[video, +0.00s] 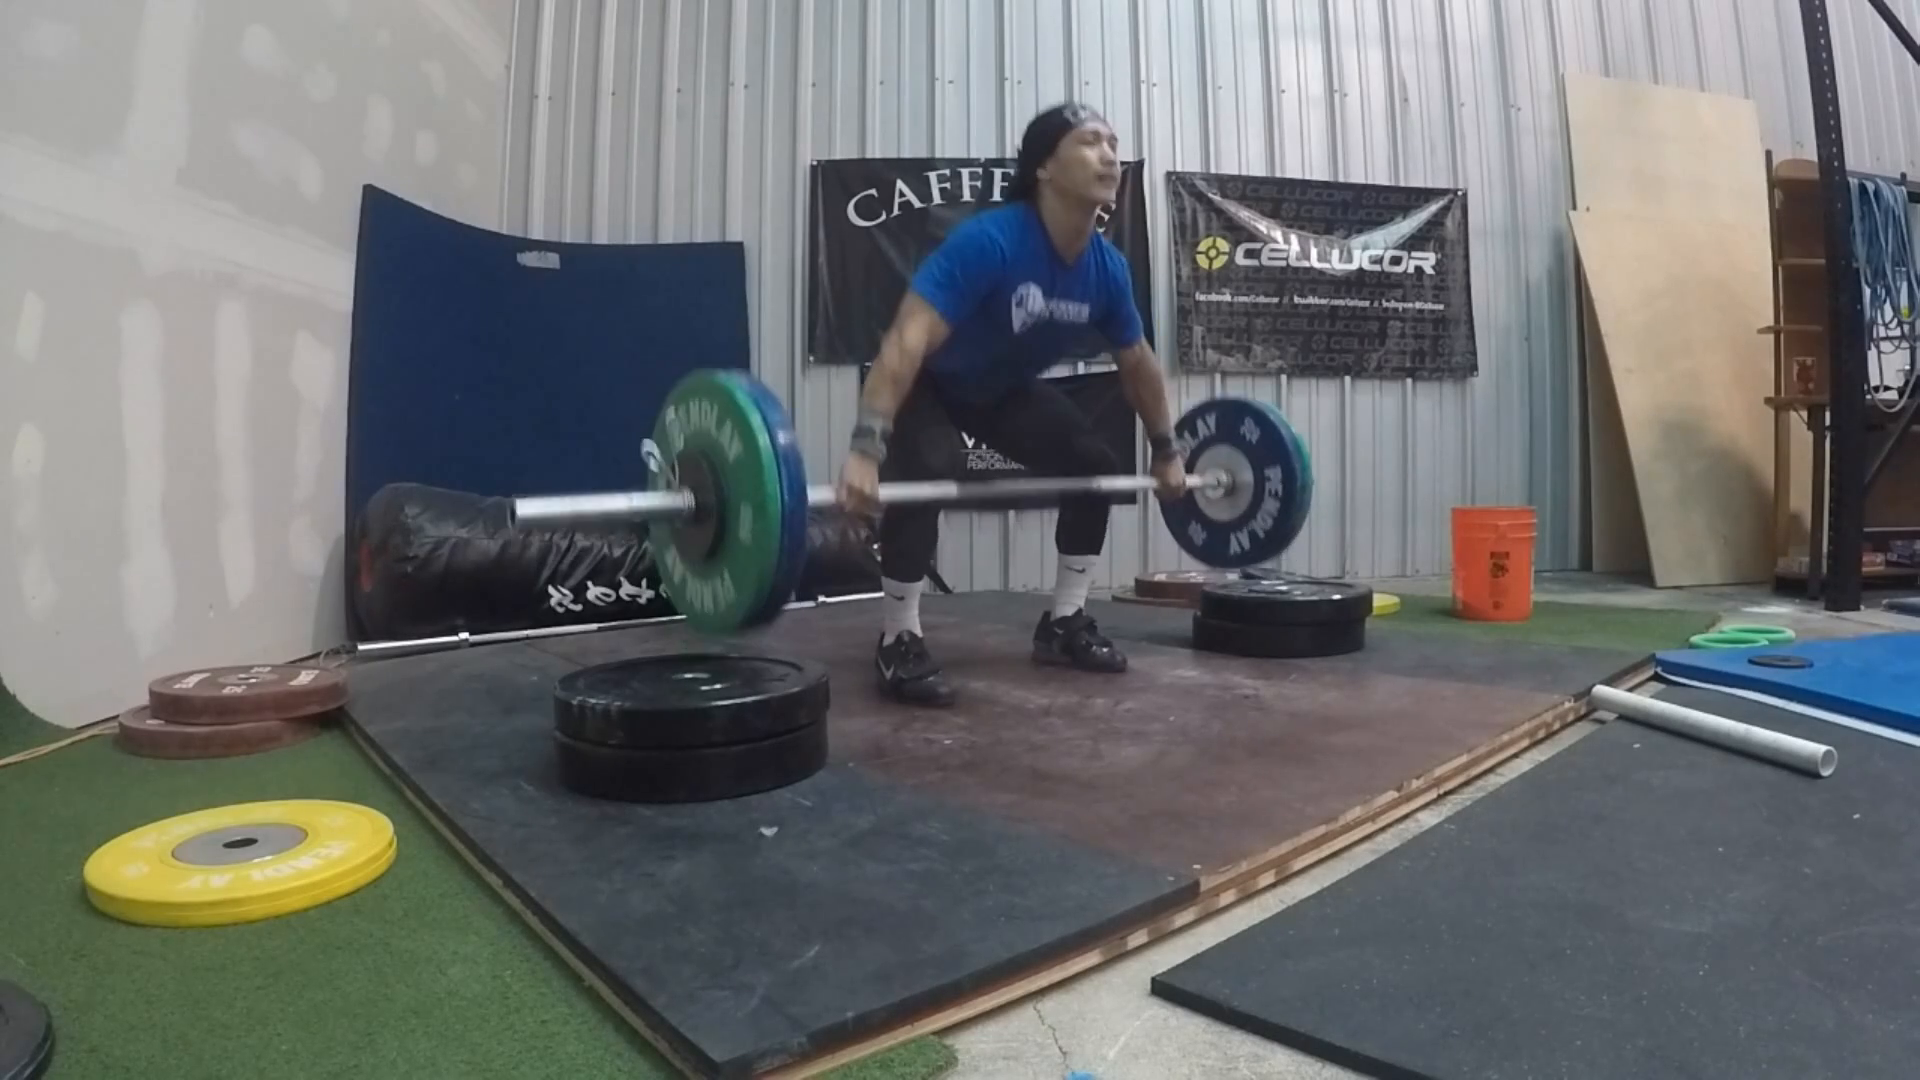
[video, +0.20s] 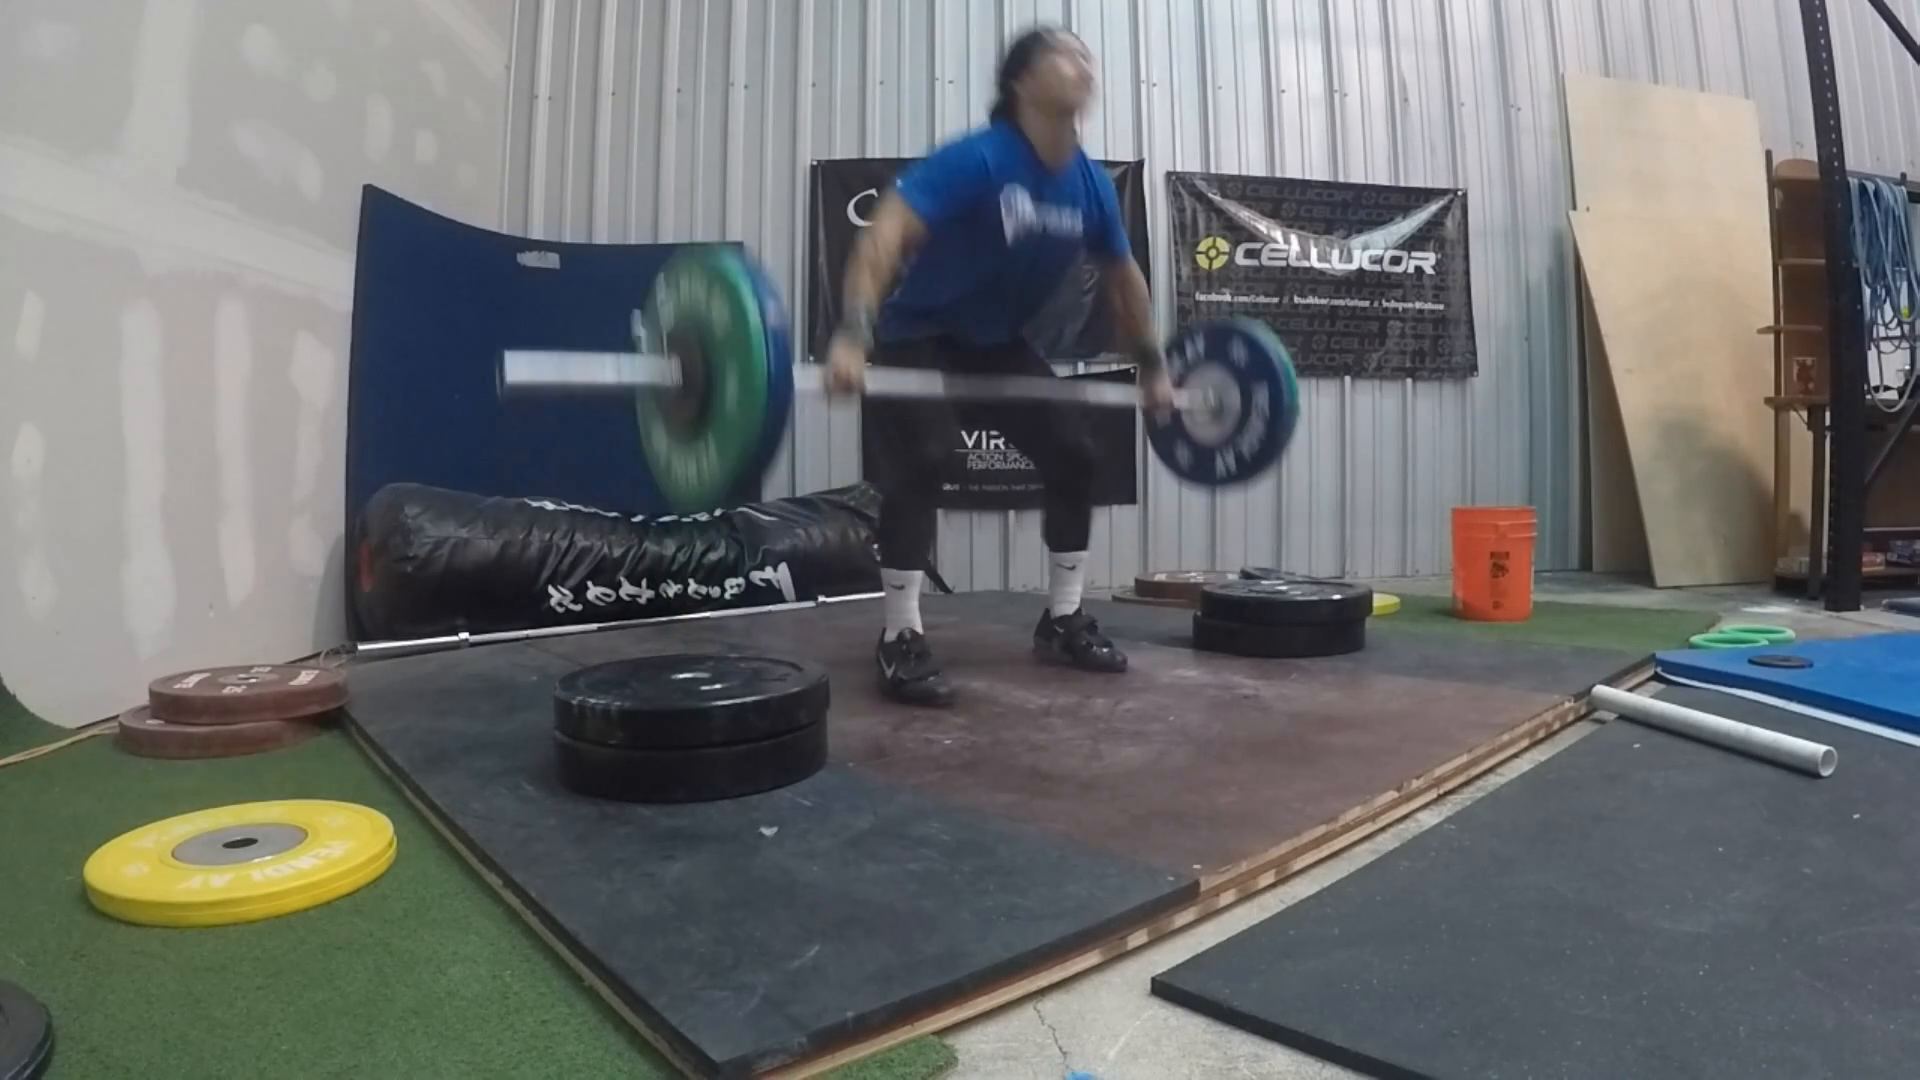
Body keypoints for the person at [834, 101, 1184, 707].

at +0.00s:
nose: (1110, 156)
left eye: (1113, 146)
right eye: (1090, 143)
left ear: (1115, 172)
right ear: (1044, 168)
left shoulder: (1106, 267)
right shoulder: (987, 243)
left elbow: (1137, 361)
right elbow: (908, 337)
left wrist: (1166, 451)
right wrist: (865, 448)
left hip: (1002, 390)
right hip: (923, 384)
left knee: (1094, 463)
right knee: (925, 470)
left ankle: (1065, 620)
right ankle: (900, 640)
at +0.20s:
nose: (1084, 63)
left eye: (1085, 55)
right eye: (1063, 53)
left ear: (1089, 85)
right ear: (1022, 81)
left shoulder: (1090, 183)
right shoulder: (972, 159)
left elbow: (1124, 277)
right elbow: (884, 233)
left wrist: (1152, 365)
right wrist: (853, 333)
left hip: (1001, 347)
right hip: (916, 340)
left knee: (1074, 454)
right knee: (924, 459)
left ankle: (1063, 620)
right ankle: (901, 639)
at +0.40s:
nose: (937, 20)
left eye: (938, 18)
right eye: (917, 21)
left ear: (949, 46)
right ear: (891, 49)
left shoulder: (1005, 111)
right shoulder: (890, 83)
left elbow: (1067, 181)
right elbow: (833, 126)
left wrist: (1138, 244)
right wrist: (837, 183)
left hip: (1035, 276)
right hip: (959, 271)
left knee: (1077, 422)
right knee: (954, 416)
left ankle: (1086, 600)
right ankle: (912, 620)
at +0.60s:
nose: (914, 139)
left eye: (920, 133)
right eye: (898, 133)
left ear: (932, 155)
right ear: (873, 155)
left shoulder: (971, 213)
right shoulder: (865, 201)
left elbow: (1043, 237)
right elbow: (786, 197)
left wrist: (1108, 187)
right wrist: (804, 123)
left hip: (998, 404)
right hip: (926, 406)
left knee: (1110, 499)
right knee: (916, 517)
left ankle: (1016, 605)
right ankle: (854, 631)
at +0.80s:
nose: (1024, 283)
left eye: (1027, 271)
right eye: (1006, 269)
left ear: (1031, 280)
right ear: (960, 284)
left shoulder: (1027, 332)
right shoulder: (916, 332)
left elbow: (1078, 277)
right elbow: (851, 257)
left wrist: (1110, 221)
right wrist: (801, 167)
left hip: (992, 530)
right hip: (915, 532)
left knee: (1102, 518)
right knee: (918, 555)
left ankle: (1011, 614)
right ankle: (854, 635)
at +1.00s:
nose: (1020, 325)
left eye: (1027, 311)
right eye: (1004, 309)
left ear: (1033, 315)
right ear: (959, 315)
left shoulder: (1023, 359)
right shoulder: (911, 365)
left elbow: (1068, 309)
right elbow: (833, 297)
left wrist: (1095, 254)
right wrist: (780, 209)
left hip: (990, 560)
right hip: (912, 570)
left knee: (1093, 517)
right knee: (927, 555)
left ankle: (1006, 617)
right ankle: (856, 639)